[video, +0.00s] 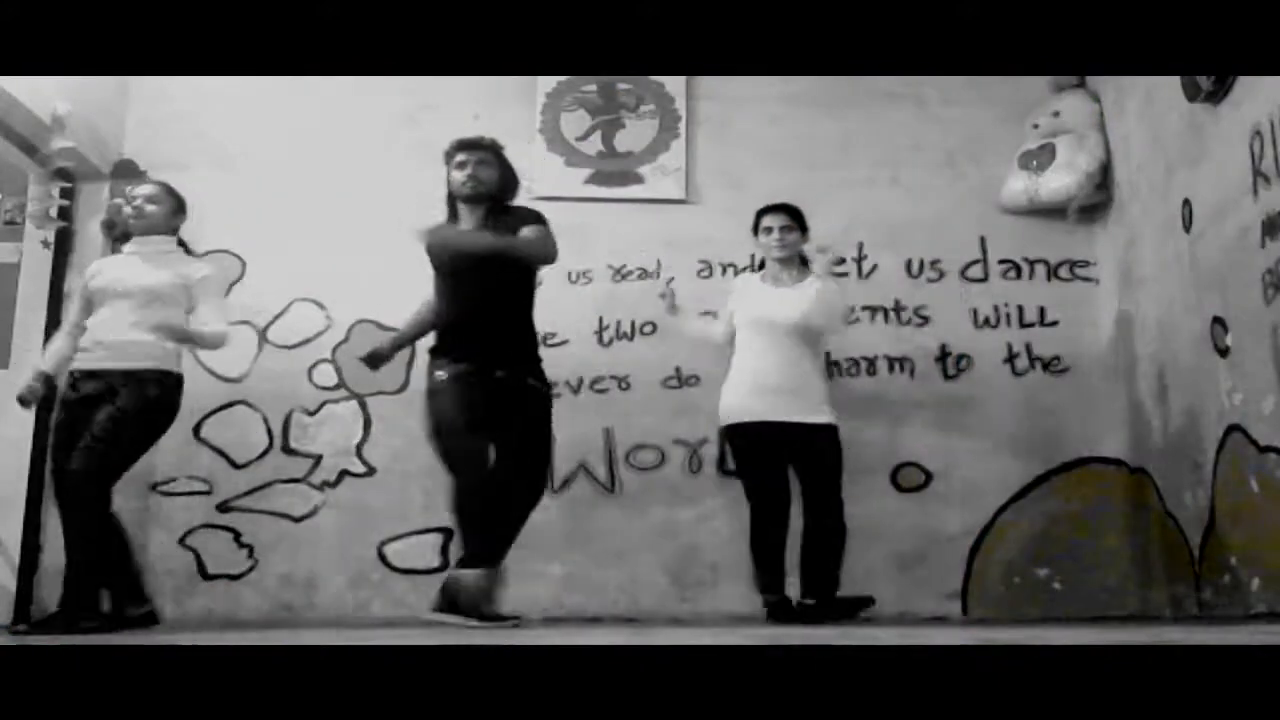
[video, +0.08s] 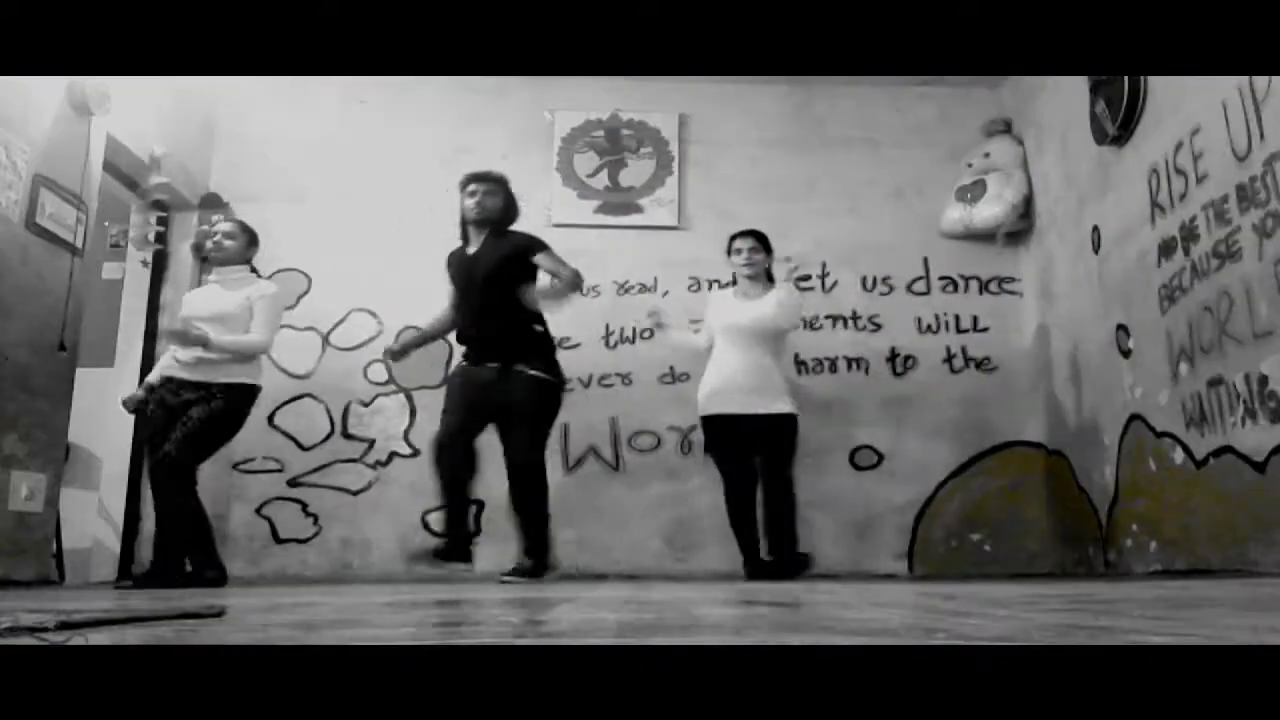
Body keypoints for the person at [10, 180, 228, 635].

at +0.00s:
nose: (135, 203)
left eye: (150, 199)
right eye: (132, 199)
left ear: (175, 218)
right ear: (125, 213)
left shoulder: (194, 267)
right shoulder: (100, 268)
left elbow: (216, 335)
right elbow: (70, 330)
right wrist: (42, 374)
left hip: (148, 381)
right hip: (87, 380)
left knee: (84, 478)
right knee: (71, 482)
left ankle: (131, 601)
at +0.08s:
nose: (216, 239)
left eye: (228, 235)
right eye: (212, 235)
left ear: (249, 250)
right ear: (205, 249)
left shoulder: (262, 289)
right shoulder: (193, 297)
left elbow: (261, 343)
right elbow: (176, 350)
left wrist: (205, 340)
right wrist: (145, 388)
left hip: (228, 390)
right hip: (178, 387)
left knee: (174, 462)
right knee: (162, 466)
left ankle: (207, 566)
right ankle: (167, 566)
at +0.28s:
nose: (219, 238)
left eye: (231, 234)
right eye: (216, 233)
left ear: (252, 247)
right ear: (209, 243)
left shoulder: (268, 286)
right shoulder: (196, 292)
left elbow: (290, 339)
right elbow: (181, 343)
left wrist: (263, 369)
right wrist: (144, 372)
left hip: (239, 384)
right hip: (194, 384)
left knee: (148, 439)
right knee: (198, 475)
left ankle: (192, 526)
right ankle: (213, 568)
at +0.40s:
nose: (220, 239)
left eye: (231, 235)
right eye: (217, 234)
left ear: (254, 247)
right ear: (211, 243)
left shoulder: (270, 287)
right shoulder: (198, 293)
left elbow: (294, 340)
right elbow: (180, 343)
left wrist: (274, 377)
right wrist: (144, 367)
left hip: (244, 384)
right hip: (199, 385)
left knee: (157, 429)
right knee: (202, 476)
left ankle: (181, 520)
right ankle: (214, 567)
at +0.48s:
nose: (221, 236)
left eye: (232, 232)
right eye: (217, 231)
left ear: (253, 245)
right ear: (209, 241)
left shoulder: (270, 283)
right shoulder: (196, 289)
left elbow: (289, 338)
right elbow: (183, 341)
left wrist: (271, 373)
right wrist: (155, 365)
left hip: (247, 383)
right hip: (200, 386)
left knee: (180, 450)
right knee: (205, 477)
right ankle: (215, 567)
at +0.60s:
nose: (221, 236)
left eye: (233, 232)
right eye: (217, 232)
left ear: (254, 246)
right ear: (210, 243)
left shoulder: (269, 284)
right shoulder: (198, 290)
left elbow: (295, 336)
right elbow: (183, 342)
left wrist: (264, 371)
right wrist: (155, 371)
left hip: (245, 384)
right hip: (198, 386)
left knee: (175, 445)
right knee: (205, 479)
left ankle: (157, 547)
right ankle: (215, 569)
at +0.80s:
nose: (222, 235)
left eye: (234, 231)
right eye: (218, 230)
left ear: (254, 245)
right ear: (210, 239)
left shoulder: (266, 282)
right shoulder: (197, 289)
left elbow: (288, 332)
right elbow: (182, 341)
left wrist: (277, 371)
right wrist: (149, 370)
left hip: (233, 380)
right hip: (184, 381)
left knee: (203, 463)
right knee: (185, 471)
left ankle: (205, 564)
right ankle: (203, 562)